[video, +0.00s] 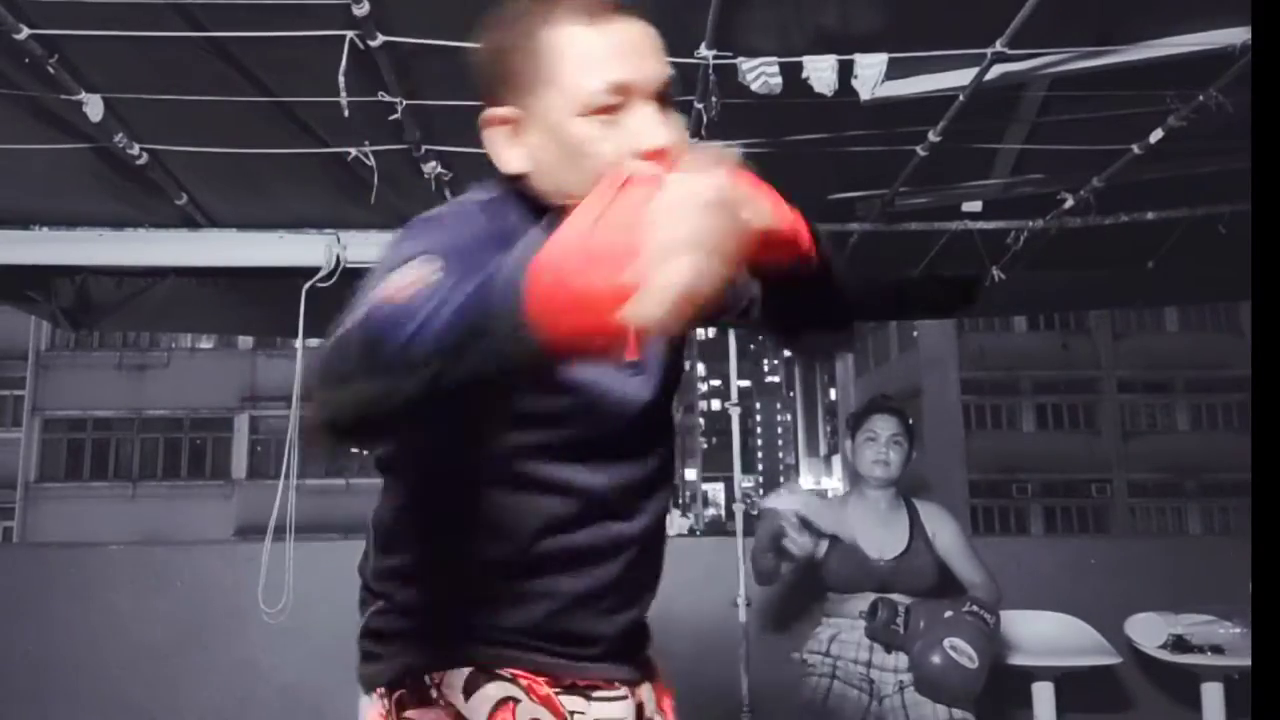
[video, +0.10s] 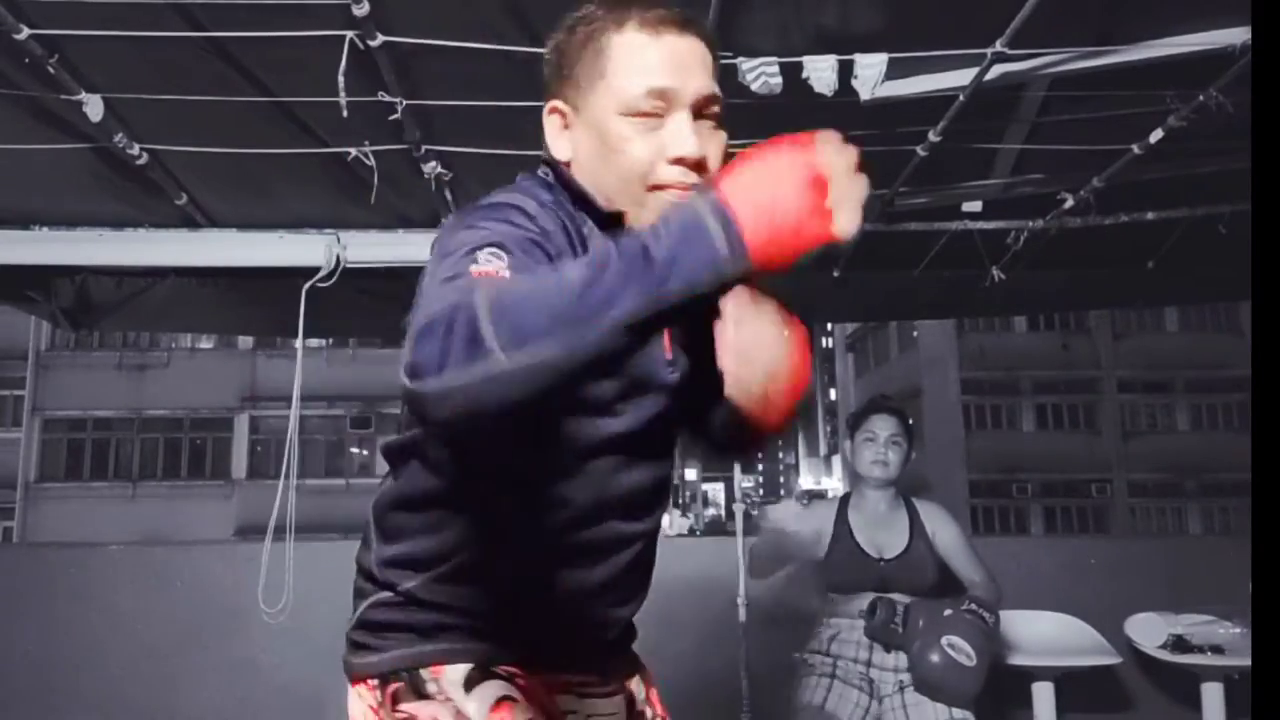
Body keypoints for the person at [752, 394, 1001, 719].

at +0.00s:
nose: (883, 450)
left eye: (895, 443)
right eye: (870, 439)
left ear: (909, 456)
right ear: (850, 450)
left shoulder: (931, 518)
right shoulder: (823, 515)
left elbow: (984, 587)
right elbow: (764, 576)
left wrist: (972, 620)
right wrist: (769, 526)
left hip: (921, 669)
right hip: (840, 666)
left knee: (938, 714)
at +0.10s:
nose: (881, 451)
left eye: (894, 443)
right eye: (869, 440)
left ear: (908, 456)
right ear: (849, 451)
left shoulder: (931, 517)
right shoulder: (817, 519)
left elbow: (984, 586)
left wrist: (976, 613)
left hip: (919, 666)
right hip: (838, 664)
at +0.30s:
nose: (881, 448)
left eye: (893, 440)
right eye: (869, 438)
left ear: (907, 456)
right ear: (848, 452)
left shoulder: (930, 517)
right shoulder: (824, 520)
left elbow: (984, 587)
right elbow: (802, 600)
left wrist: (969, 626)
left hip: (928, 675)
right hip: (848, 673)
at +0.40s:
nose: (887, 451)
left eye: (900, 441)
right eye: (875, 440)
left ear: (918, 455)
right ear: (857, 452)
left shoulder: (939, 512)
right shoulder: (832, 507)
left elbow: (982, 586)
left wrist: (969, 619)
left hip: (921, 669)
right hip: (838, 664)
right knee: (820, 711)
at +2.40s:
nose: (887, 451)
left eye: (899, 443)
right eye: (874, 440)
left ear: (912, 456)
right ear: (853, 450)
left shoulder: (934, 516)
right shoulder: (822, 515)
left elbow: (985, 587)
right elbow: (763, 572)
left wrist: (976, 612)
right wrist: (776, 552)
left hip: (920, 664)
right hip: (838, 661)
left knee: (936, 715)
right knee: (821, 712)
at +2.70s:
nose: (883, 451)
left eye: (896, 443)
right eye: (871, 441)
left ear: (908, 456)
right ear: (849, 449)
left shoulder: (932, 518)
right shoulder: (820, 518)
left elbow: (983, 587)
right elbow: (775, 581)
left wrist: (973, 618)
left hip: (921, 667)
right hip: (839, 664)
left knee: (939, 715)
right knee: (823, 711)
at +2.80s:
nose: (882, 447)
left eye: (894, 440)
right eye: (870, 437)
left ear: (908, 456)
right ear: (849, 450)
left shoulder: (930, 518)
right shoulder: (820, 516)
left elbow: (984, 588)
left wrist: (975, 617)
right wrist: (866, 608)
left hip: (920, 667)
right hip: (839, 664)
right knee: (827, 711)